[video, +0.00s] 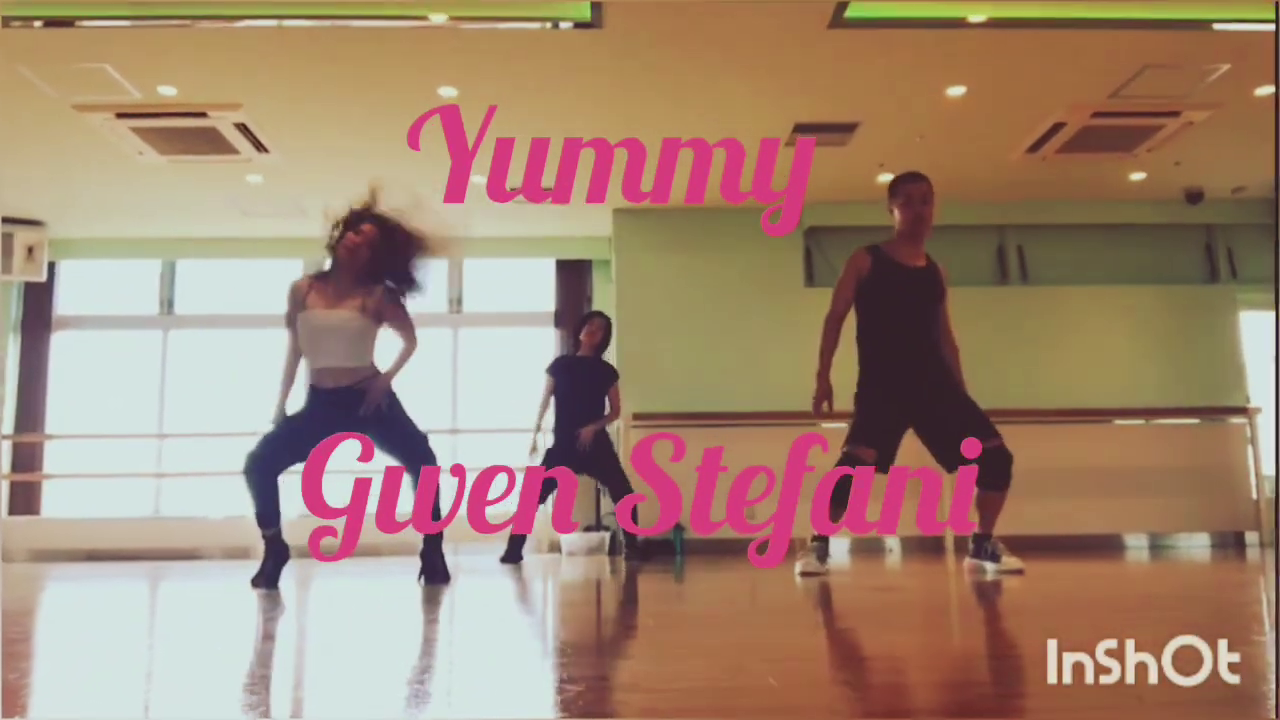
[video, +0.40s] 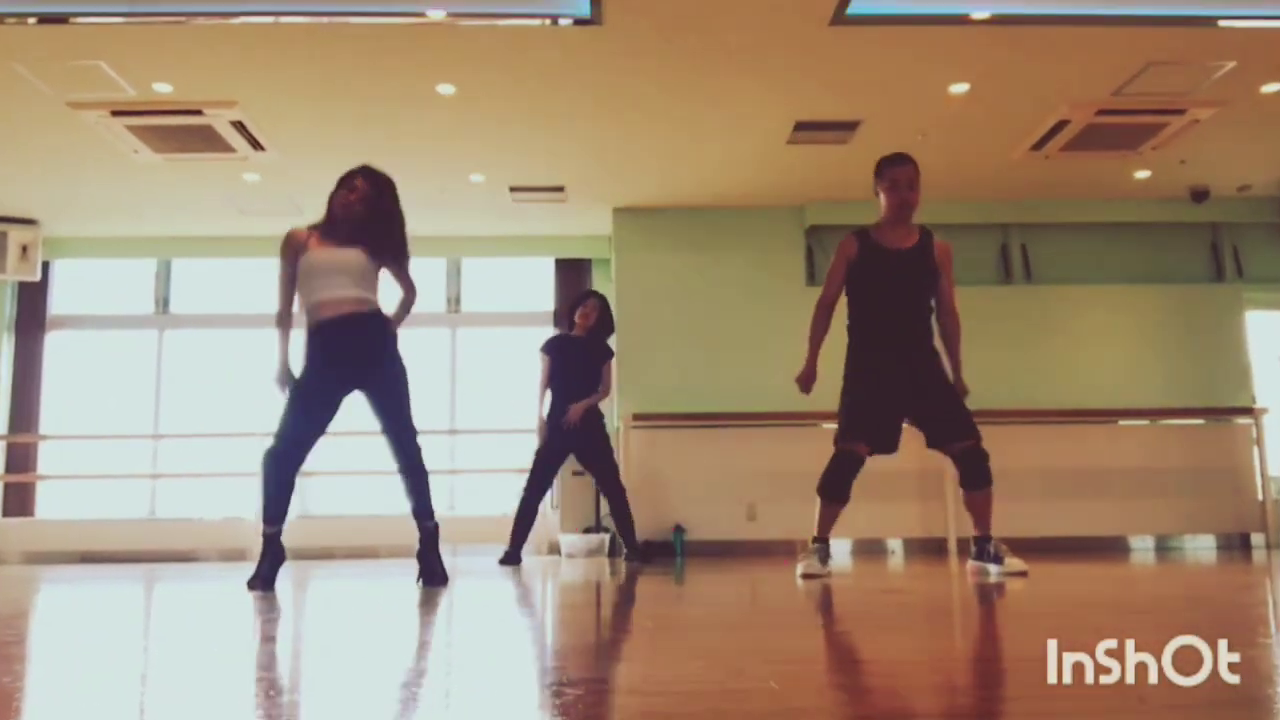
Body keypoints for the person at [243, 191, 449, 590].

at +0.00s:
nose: (352, 238)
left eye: (363, 237)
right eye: (352, 231)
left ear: (375, 256)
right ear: (339, 237)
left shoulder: (378, 296)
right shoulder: (303, 290)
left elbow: (410, 342)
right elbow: (294, 349)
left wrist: (385, 379)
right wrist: (282, 403)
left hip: (370, 404)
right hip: (321, 407)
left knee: (423, 460)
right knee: (259, 465)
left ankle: (433, 550)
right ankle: (274, 548)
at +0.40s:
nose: (349, 197)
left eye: (361, 196)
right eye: (347, 188)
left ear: (373, 210)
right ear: (334, 193)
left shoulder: (376, 244)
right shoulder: (299, 240)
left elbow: (409, 292)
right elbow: (285, 308)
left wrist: (390, 328)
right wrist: (284, 364)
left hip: (375, 347)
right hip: (325, 352)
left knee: (406, 449)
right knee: (281, 456)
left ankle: (429, 545)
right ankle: (271, 548)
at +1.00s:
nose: (344, 237)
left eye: (355, 234)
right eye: (339, 229)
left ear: (366, 246)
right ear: (325, 235)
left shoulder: (373, 287)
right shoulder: (295, 293)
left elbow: (425, 317)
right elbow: (293, 356)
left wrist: (395, 350)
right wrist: (294, 411)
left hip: (380, 399)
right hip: (331, 408)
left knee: (429, 467)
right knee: (249, 463)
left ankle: (429, 549)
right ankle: (269, 549)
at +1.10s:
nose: (344, 227)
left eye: (355, 223)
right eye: (338, 218)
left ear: (366, 234)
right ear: (325, 223)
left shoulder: (372, 274)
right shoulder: (296, 278)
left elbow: (414, 309)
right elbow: (287, 335)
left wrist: (390, 337)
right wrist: (287, 391)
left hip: (381, 378)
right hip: (334, 389)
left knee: (420, 457)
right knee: (260, 463)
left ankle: (429, 548)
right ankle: (271, 549)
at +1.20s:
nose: (346, 210)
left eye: (356, 205)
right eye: (339, 200)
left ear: (368, 215)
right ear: (326, 204)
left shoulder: (374, 253)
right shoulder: (297, 254)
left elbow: (405, 304)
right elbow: (286, 317)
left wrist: (390, 341)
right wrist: (283, 374)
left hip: (380, 355)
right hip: (332, 362)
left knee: (410, 447)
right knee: (273, 456)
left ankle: (430, 548)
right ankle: (272, 548)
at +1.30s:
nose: (345, 195)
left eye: (356, 190)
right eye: (338, 186)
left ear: (369, 199)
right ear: (325, 189)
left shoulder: (380, 240)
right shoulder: (299, 238)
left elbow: (398, 298)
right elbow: (288, 304)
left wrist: (399, 330)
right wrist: (284, 361)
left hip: (372, 341)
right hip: (321, 343)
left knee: (397, 441)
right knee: (285, 446)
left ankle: (424, 541)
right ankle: (272, 543)